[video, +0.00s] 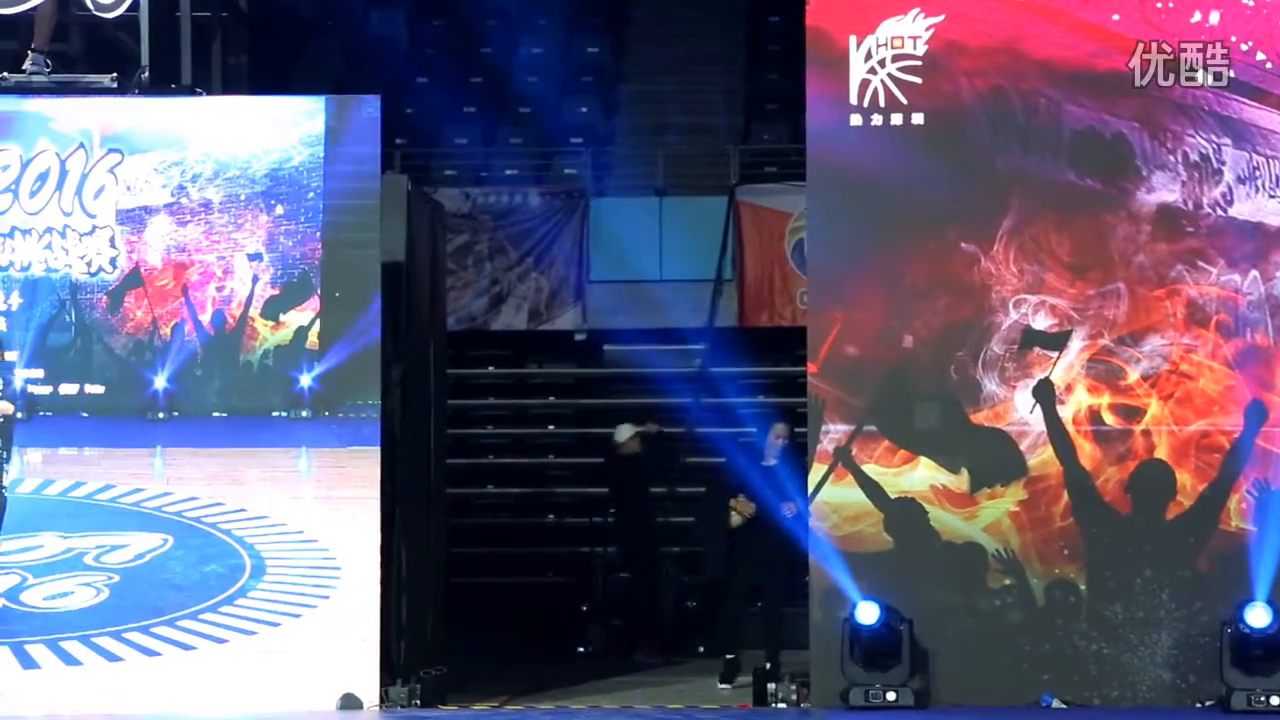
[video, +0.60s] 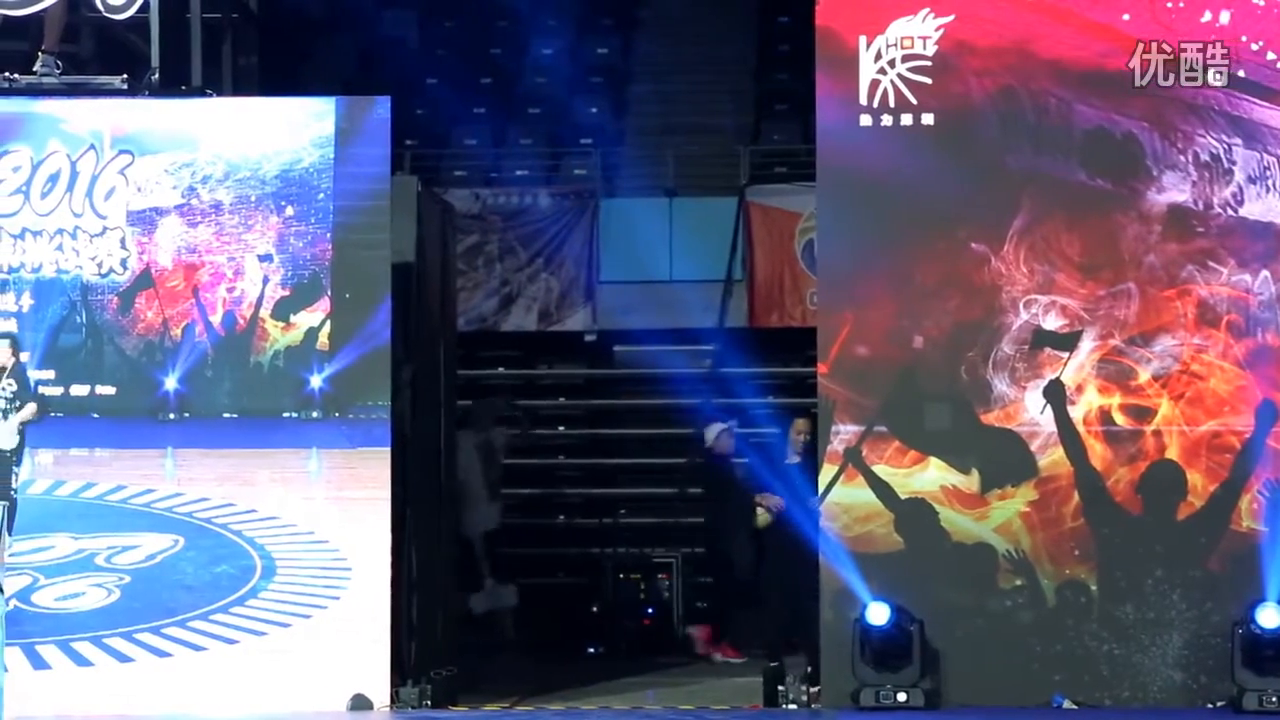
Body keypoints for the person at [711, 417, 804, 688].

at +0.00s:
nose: (780, 443)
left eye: (784, 438)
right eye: (776, 437)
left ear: (788, 441)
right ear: (764, 436)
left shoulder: (792, 471)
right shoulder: (743, 468)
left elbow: (803, 507)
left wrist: (795, 509)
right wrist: (735, 510)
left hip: (779, 549)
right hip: (744, 548)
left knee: (774, 606)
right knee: (736, 604)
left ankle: (772, 665)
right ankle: (731, 662)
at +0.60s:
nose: (803, 438)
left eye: (807, 434)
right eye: (799, 433)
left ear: (813, 437)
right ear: (788, 435)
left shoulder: (815, 467)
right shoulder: (773, 464)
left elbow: (814, 500)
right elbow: (751, 490)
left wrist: (779, 503)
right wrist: (762, 498)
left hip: (806, 546)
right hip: (775, 545)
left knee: (808, 610)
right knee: (776, 607)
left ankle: (813, 671)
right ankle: (775, 672)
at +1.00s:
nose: (803, 438)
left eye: (808, 433)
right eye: (799, 433)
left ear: (815, 436)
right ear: (789, 434)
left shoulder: (822, 468)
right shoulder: (772, 466)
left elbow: (832, 504)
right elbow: (748, 492)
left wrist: (821, 515)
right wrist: (757, 506)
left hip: (809, 547)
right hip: (776, 546)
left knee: (807, 602)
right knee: (777, 600)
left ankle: (807, 656)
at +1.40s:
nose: (781, 432)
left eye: (786, 427)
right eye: (776, 426)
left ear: (794, 430)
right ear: (767, 430)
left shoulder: (807, 465)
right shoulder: (750, 468)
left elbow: (824, 504)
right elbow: (723, 501)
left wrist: (818, 526)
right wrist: (720, 522)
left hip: (798, 558)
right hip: (759, 558)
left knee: (797, 624)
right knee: (767, 625)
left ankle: (798, 692)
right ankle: (770, 696)